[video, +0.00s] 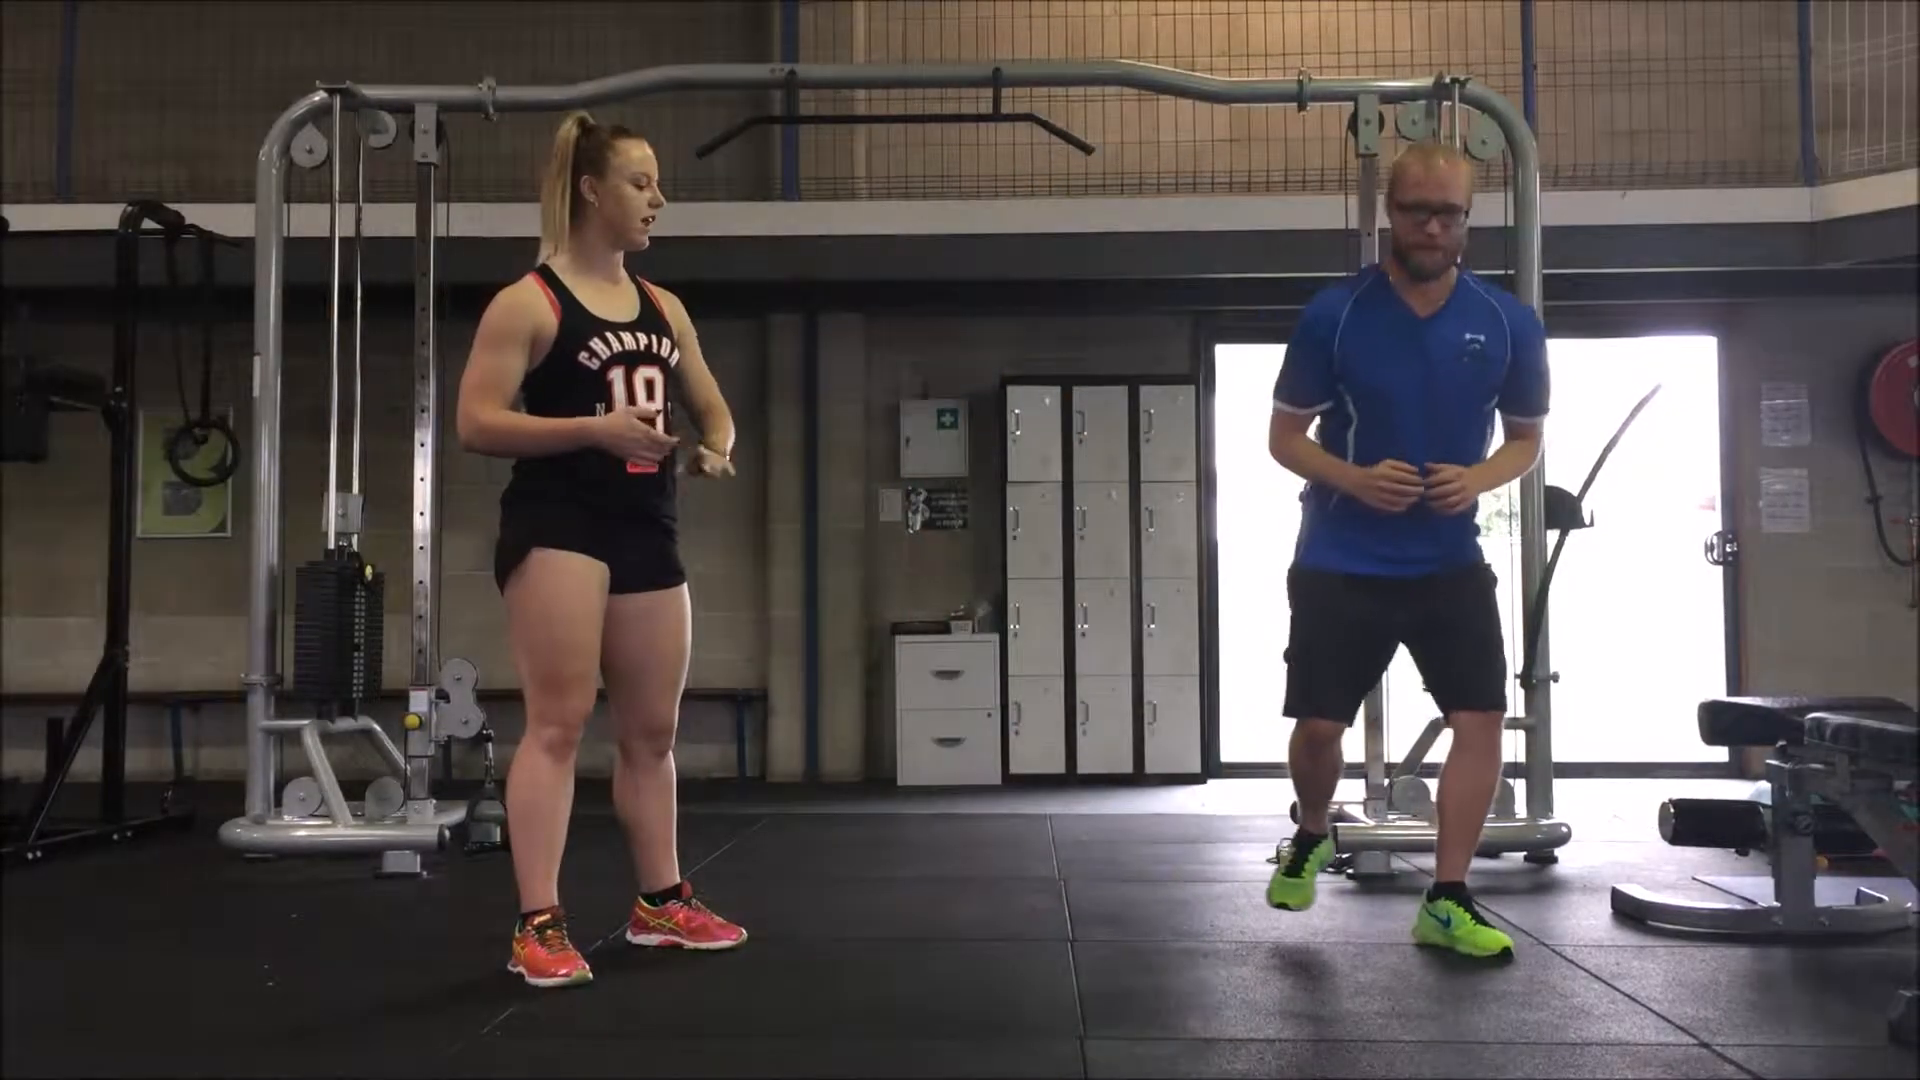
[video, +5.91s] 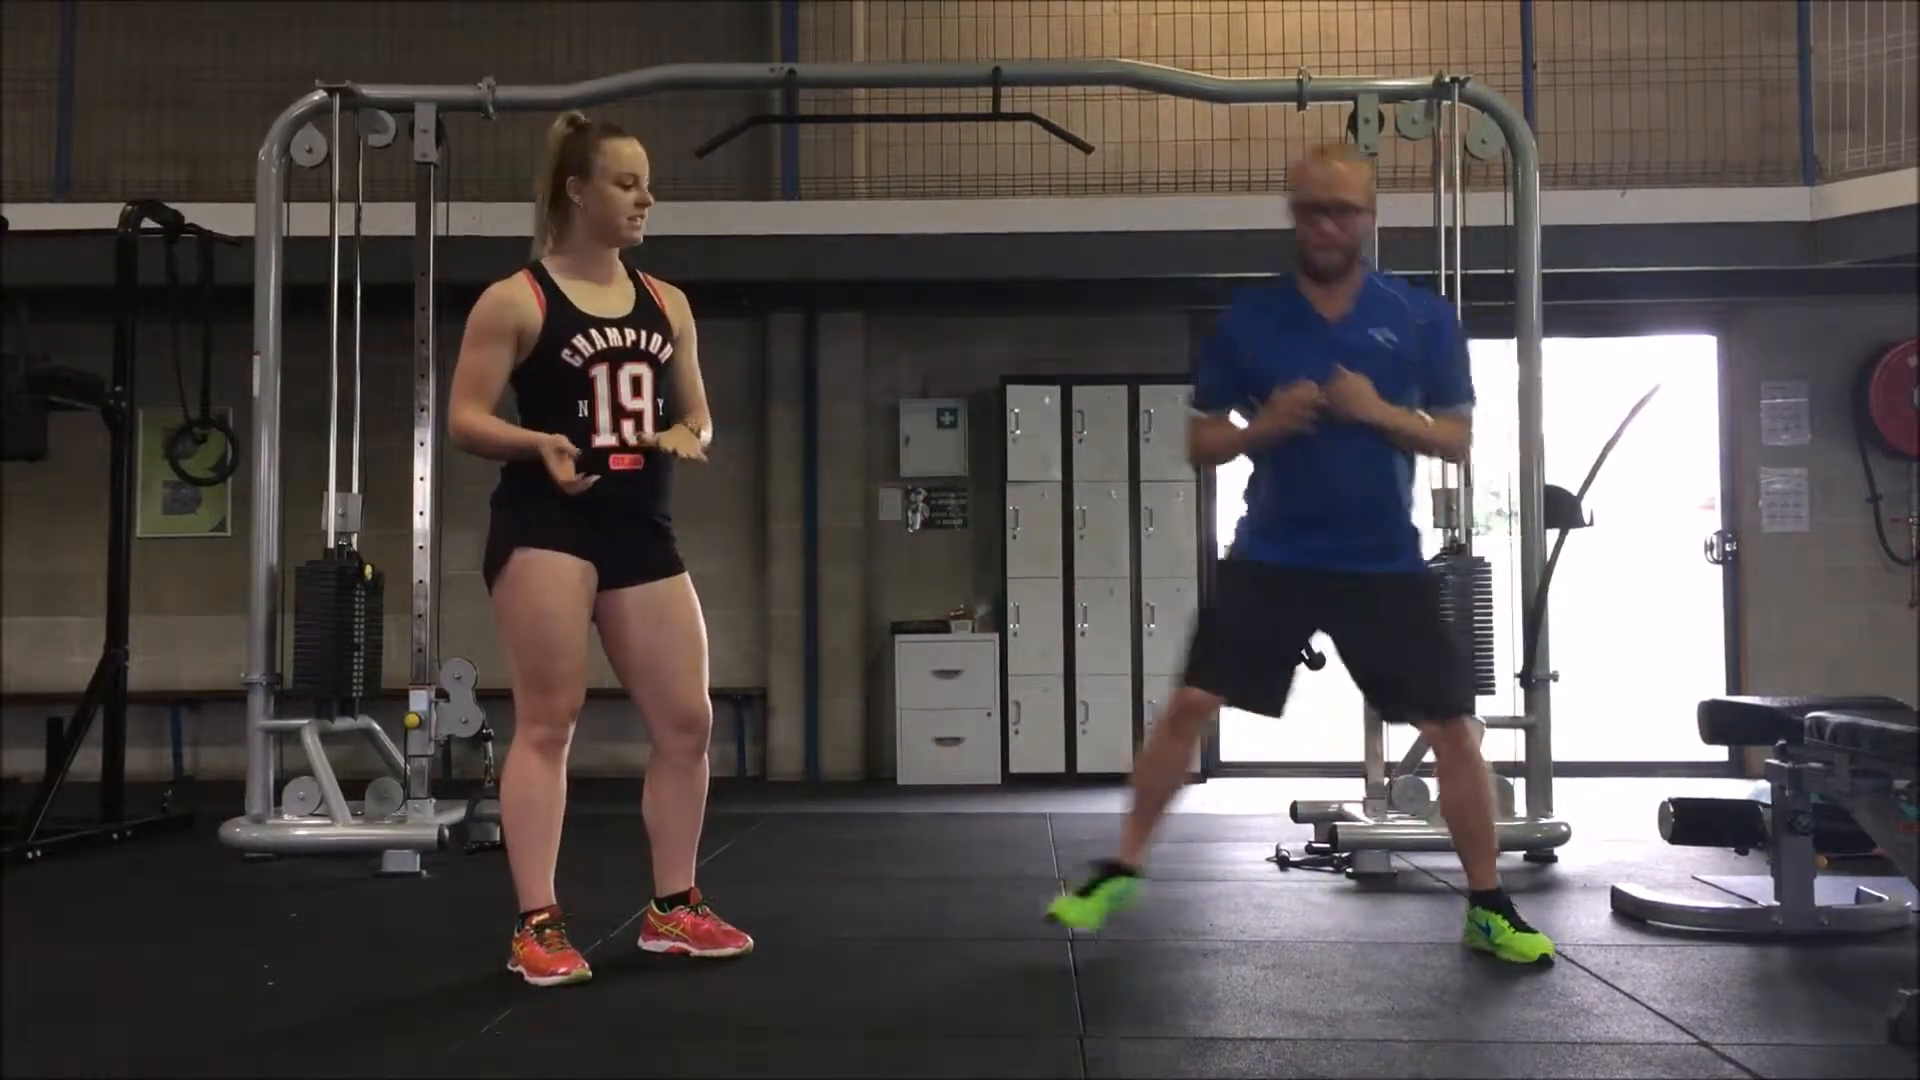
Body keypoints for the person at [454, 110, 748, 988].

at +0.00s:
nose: (655, 200)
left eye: (656, 186)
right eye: (640, 184)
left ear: (622, 199)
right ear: (587, 191)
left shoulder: (662, 306)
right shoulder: (526, 303)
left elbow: (712, 411)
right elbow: (477, 423)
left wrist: (714, 449)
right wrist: (593, 428)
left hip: (648, 536)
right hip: (559, 532)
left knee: (650, 735)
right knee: (555, 726)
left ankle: (662, 903)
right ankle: (539, 925)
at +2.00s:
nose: (588, 172)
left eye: (601, 161)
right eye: (569, 157)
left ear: (615, 185)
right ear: (531, 177)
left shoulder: (644, 296)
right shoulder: (483, 289)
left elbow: (677, 418)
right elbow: (428, 413)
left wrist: (610, 464)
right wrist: (512, 487)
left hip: (619, 526)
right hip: (521, 527)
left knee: (653, 722)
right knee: (544, 726)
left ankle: (587, 890)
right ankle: (539, 925)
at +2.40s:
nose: (644, 182)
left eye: (647, 169)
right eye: (627, 166)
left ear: (633, 183)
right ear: (574, 173)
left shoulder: (660, 293)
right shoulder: (514, 285)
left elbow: (717, 404)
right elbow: (453, 404)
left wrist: (727, 423)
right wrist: (545, 471)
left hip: (641, 530)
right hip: (546, 527)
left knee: (664, 723)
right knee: (546, 725)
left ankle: (674, 904)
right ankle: (540, 926)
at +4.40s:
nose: (631, 183)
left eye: (643, 169)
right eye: (611, 169)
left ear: (658, 187)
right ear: (576, 186)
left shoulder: (684, 303)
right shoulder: (531, 297)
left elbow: (724, 419)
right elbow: (481, 417)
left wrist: (702, 514)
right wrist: (566, 479)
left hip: (655, 533)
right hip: (553, 531)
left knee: (684, 726)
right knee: (546, 726)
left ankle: (674, 907)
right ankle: (538, 925)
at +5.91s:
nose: (643, 200)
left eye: (646, 186)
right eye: (626, 185)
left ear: (639, 198)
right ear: (575, 190)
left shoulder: (665, 302)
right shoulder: (511, 302)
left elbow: (695, 414)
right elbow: (464, 419)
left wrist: (687, 438)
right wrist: (537, 443)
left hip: (640, 529)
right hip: (547, 525)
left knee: (687, 722)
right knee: (547, 723)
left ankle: (674, 907)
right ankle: (538, 924)